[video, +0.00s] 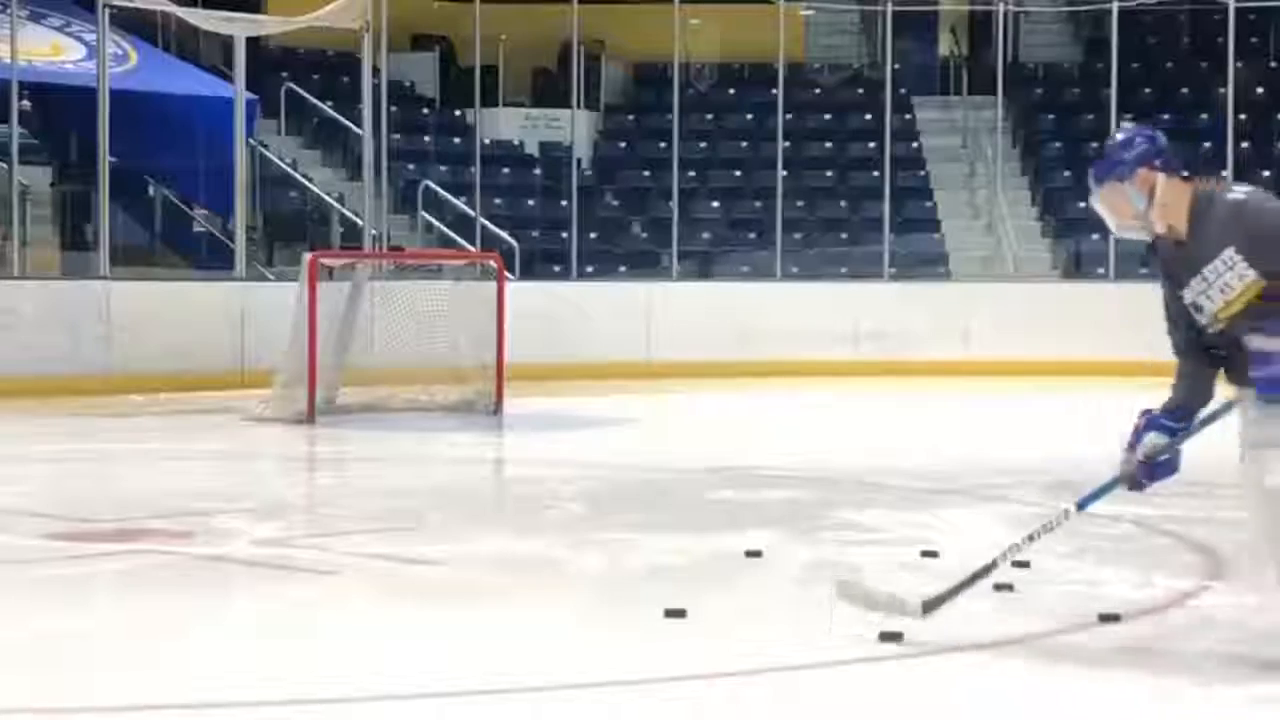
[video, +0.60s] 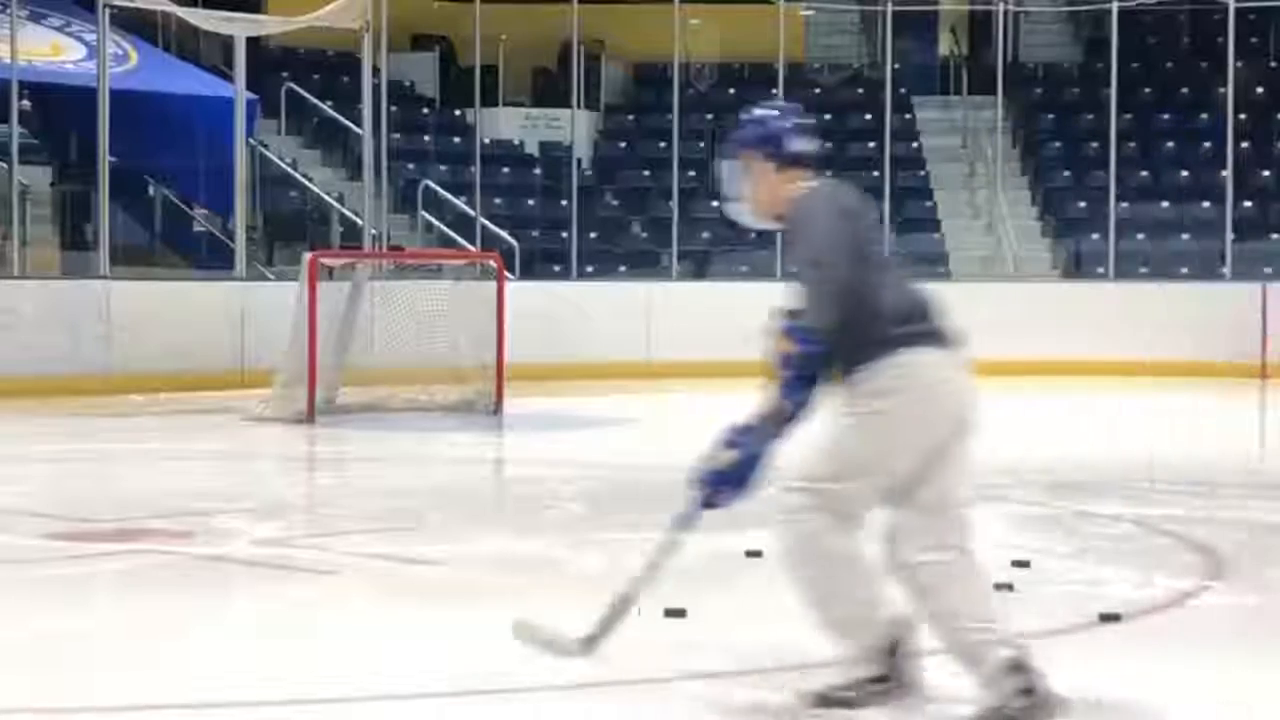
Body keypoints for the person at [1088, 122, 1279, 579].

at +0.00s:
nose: (1114, 213)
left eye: (1113, 193)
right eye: (1106, 199)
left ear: (1146, 178)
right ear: (1143, 181)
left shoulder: (1246, 212)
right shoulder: (1171, 259)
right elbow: (1197, 355)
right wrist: (1169, 425)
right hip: (1263, 397)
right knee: (1265, 533)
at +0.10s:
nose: (1080, 209)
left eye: (1080, 190)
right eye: (1072, 196)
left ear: (1113, 172)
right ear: (1112, 178)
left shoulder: (1209, 203)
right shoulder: (1149, 265)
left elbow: (1266, 273)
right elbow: (1167, 366)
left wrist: (1218, 340)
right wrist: (1128, 432)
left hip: (1271, 385)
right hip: (1245, 399)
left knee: (1263, 523)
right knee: (1260, 526)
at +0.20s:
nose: (1046, 203)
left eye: (1048, 183)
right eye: (1038, 190)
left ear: (1081, 165)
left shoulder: (1161, 197)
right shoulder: (1103, 250)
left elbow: (1209, 273)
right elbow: (1117, 361)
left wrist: (1147, 329)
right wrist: (1069, 438)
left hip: (1264, 371)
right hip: (1210, 393)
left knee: (1265, 523)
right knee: (1225, 533)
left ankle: (1272, 635)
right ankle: (1272, 637)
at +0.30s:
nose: (992, 187)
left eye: (998, 169)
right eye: (988, 173)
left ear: (1030, 159)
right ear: (1026, 165)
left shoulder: (1099, 197)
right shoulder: (1060, 234)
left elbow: (1136, 276)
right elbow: (1060, 344)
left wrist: (1087, 339)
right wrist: (1014, 429)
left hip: (1208, 365)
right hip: (1155, 388)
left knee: (1178, 497)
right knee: (1163, 508)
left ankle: (1240, 648)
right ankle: (1221, 648)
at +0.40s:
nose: (934, 187)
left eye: (937, 171)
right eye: (930, 173)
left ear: (964, 163)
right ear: (964, 166)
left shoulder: (1021, 196)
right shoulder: (999, 236)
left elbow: (1054, 273)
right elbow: (999, 347)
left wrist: (1015, 345)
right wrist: (944, 435)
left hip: (1132, 364)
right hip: (1108, 374)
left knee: (1057, 488)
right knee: (1095, 524)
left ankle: (1083, 661)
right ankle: (1185, 668)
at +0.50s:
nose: (845, 189)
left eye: (849, 172)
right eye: (842, 174)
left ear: (881, 167)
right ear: (892, 169)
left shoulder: (928, 213)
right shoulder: (919, 225)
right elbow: (911, 363)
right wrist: (851, 444)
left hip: (1026, 376)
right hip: (1044, 376)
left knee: (927, 487)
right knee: (1007, 528)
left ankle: (981, 661)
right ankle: (1097, 674)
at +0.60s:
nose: (744, 189)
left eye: (748, 171)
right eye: (741, 174)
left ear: (776, 164)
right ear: (797, 164)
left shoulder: (817, 208)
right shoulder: (841, 206)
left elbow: (822, 317)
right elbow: (808, 359)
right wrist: (751, 443)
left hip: (902, 379)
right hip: (946, 377)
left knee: (805, 502)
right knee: (925, 539)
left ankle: (879, 655)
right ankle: (1008, 677)